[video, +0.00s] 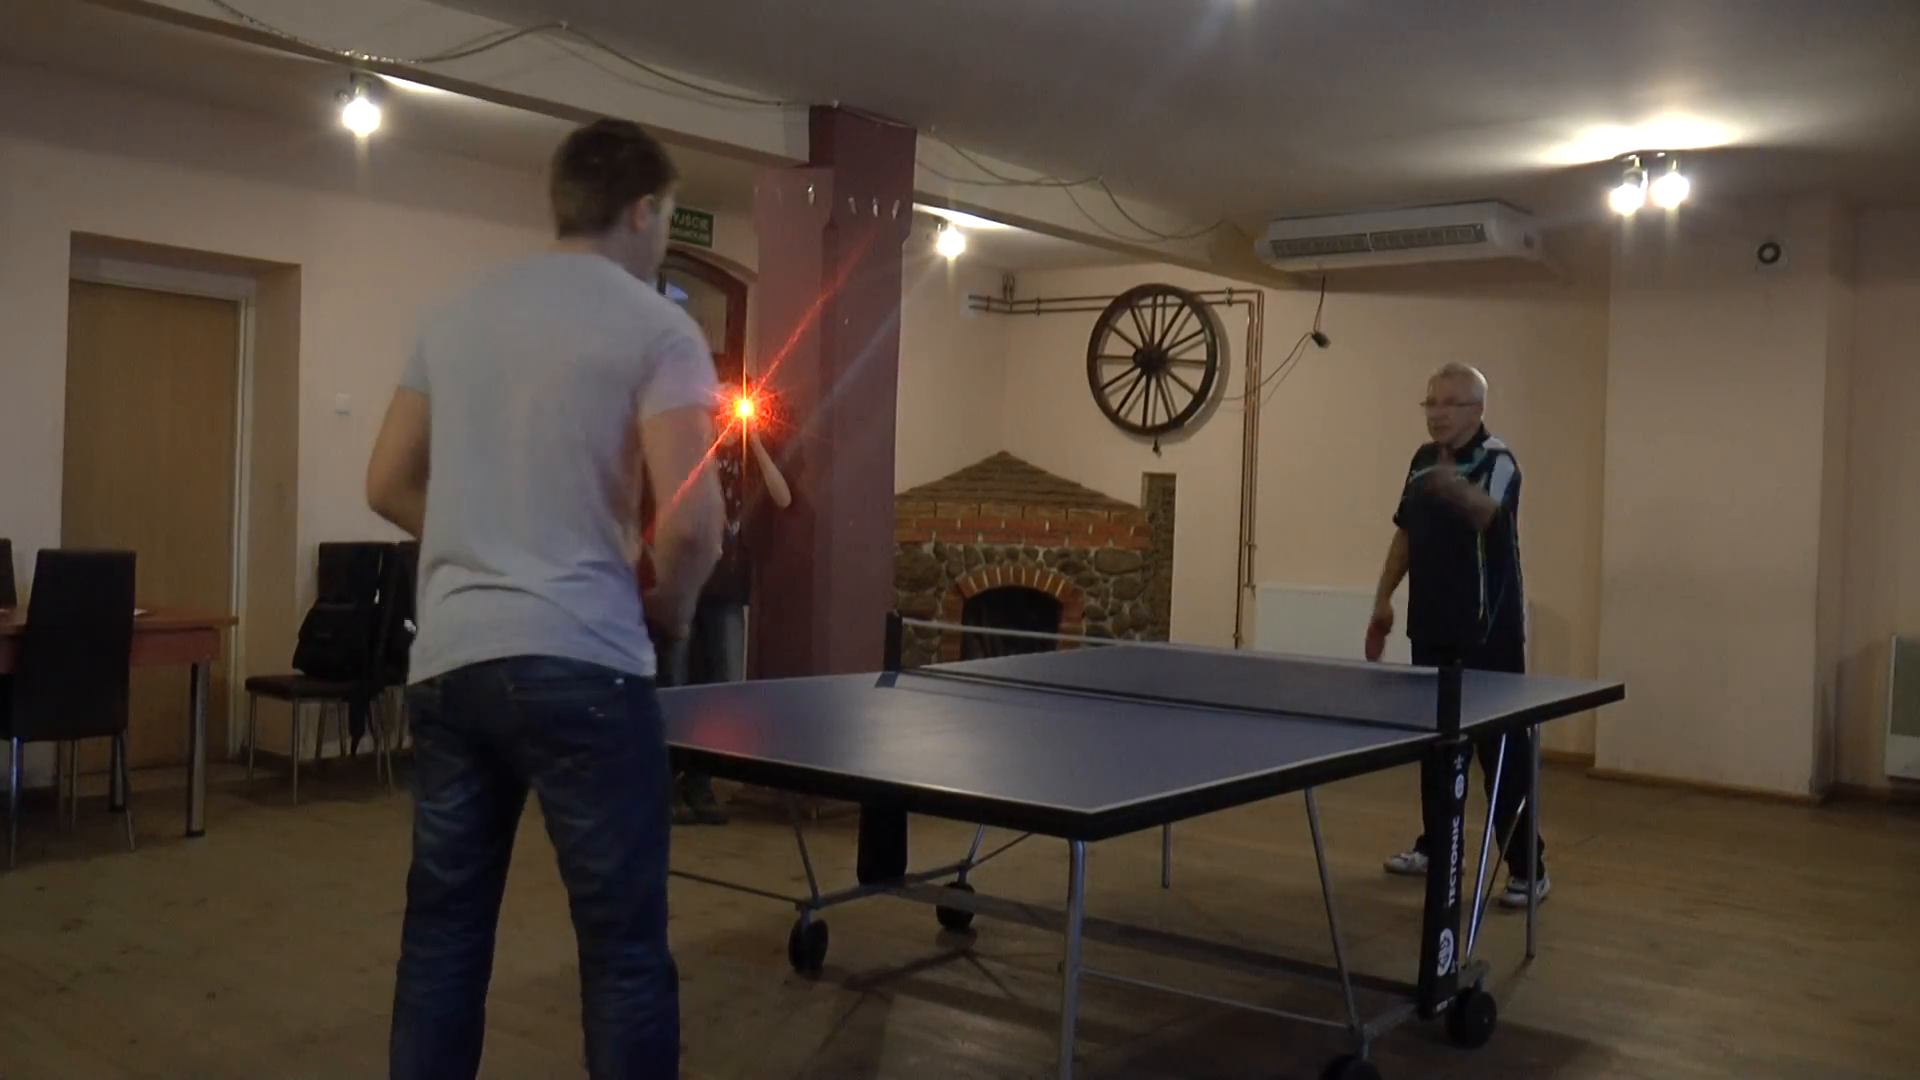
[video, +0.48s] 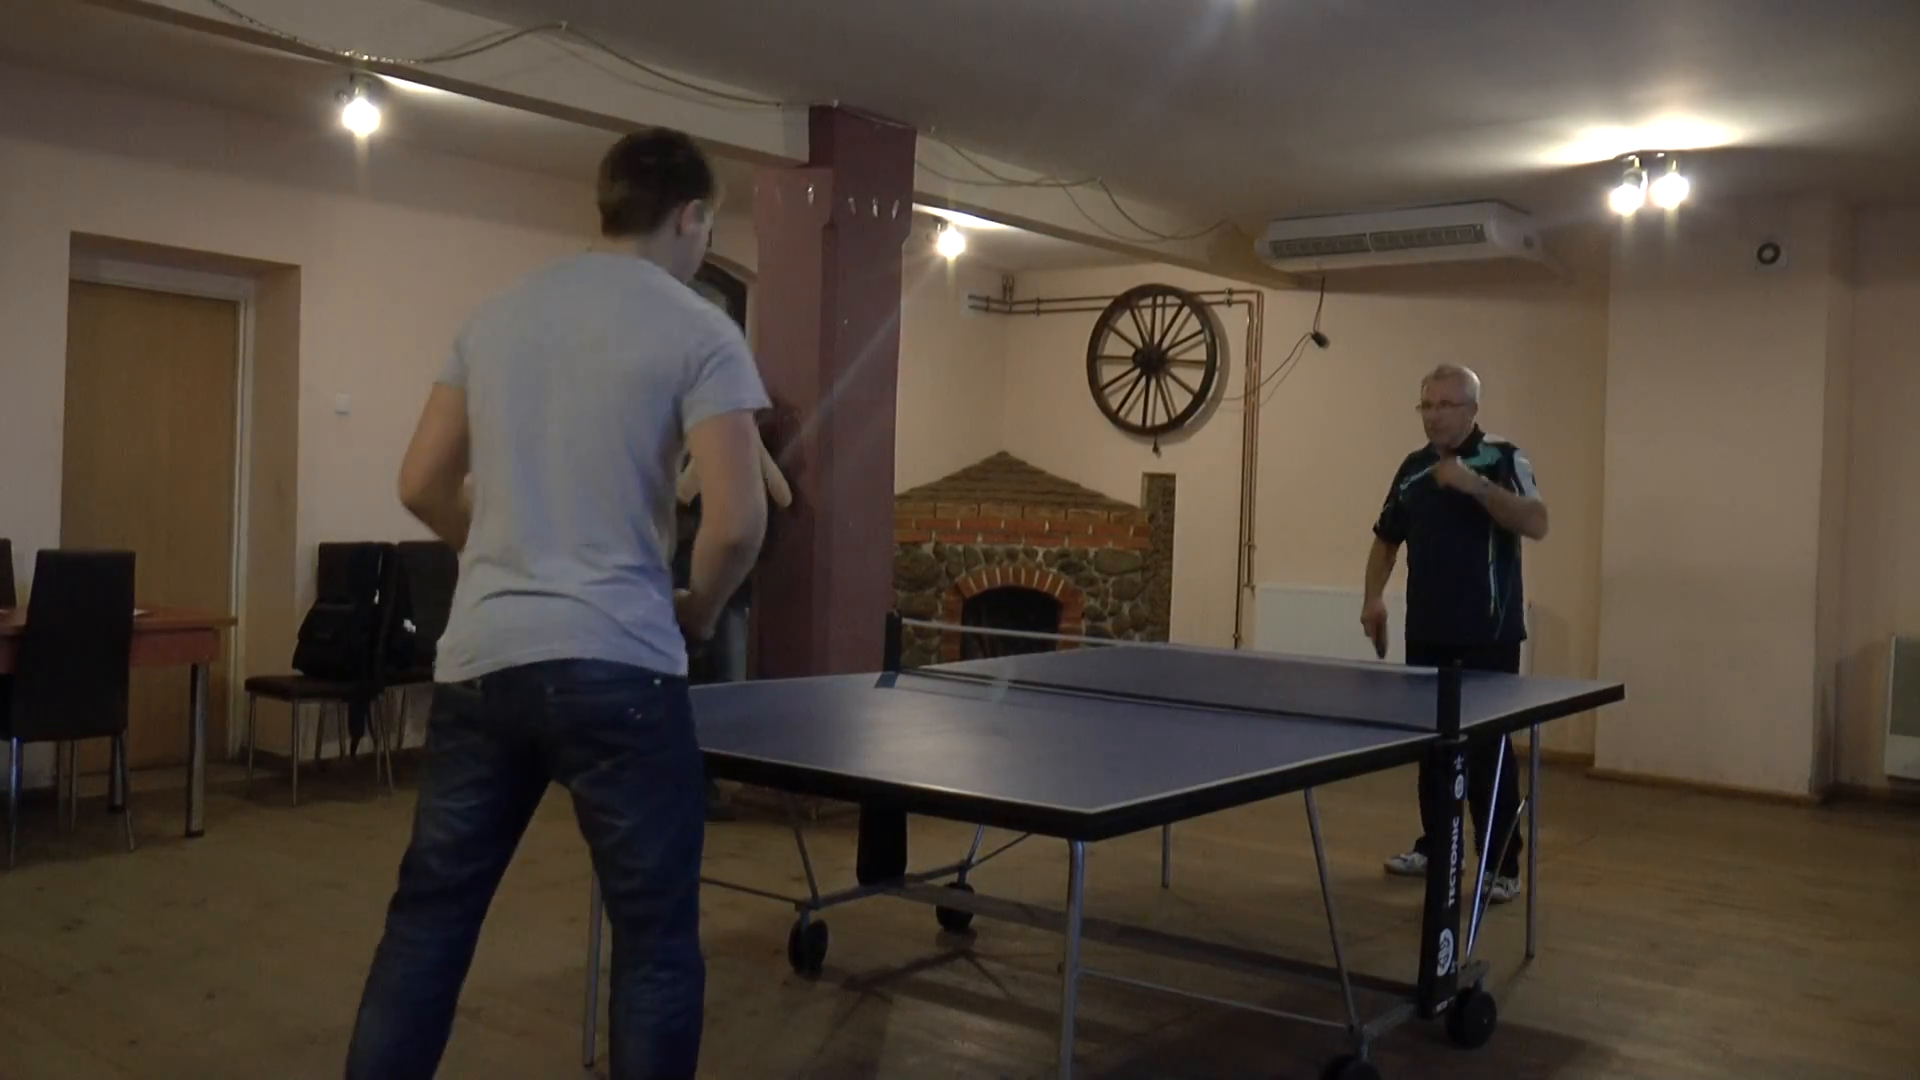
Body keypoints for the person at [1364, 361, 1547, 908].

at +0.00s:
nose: (1436, 414)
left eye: (1448, 405)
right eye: (1430, 404)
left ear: (1477, 410)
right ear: (1425, 409)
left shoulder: (1496, 460)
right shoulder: (1424, 462)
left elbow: (1487, 513)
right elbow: (1406, 536)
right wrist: (1382, 599)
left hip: (1491, 632)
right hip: (1433, 629)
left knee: (1503, 753)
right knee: (1436, 744)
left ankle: (1527, 867)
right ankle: (1435, 843)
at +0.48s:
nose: (1433, 415)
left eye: (1445, 406)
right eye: (1427, 406)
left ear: (1473, 411)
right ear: (1420, 410)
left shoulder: (1501, 459)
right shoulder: (1415, 468)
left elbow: (1536, 523)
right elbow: (1387, 538)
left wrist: (1475, 484)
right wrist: (1373, 597)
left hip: (1490, 634)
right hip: (1428, 631)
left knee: (1489, 750)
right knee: (1430, 745)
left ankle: (1501, 865)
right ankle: (1434, 843)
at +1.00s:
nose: (1465, 412)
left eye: (1478, 402)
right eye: (1459, 401)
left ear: (1507, 408)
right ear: (1452, 405)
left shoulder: (1537, 467)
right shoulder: (1441, 466)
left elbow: (1568, 546)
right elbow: (1415, 538)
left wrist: (1516, 530)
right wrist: (1409, 588)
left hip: (1512, 641)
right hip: (1446, 635)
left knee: (1507, 757)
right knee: (1436, 747)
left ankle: (1503, 866)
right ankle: (1433, 847)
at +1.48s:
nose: (1422, 433)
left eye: (1432, 421)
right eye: (1417, 423)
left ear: (1467, 418)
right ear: (1417, 423)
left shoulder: (1502, 462)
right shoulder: (1427, 477)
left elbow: (1504, 544)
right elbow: (1401, 551)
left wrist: (1424, 576)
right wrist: (1342, 574)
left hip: (1507, 634)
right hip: (1444, 628)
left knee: (1503, 751)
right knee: (1410, 732)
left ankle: (1499, 864)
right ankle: (1393, 840)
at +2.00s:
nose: (1321, 490)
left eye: (1327, 478)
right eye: (1317, 480)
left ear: (1357, 466)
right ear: (1354, 469)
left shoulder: (1385, 495)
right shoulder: (1379, 490)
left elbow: (1367, 586)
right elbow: (1364, 582)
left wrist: (1294, 605)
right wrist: (1297, 606)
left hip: (1479, 621)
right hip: (1432, 622)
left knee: (1478, 742)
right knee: (1403, 726)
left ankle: (1508, 861)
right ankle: (1392, 842)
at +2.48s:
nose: (1368, 486)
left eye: (1379, 474)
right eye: (1360, 474)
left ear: (1408, 463)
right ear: (1354, 468)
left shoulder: (1453, 497)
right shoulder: (1359, 505)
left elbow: (1480, 587)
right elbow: (1341, 578)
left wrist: (1405, 590)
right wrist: (1331, 619)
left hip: (1480, 620)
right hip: (1417, 616)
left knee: (1478, 741)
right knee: (1400, 728)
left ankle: (1485, 866)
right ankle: (1387, 843)